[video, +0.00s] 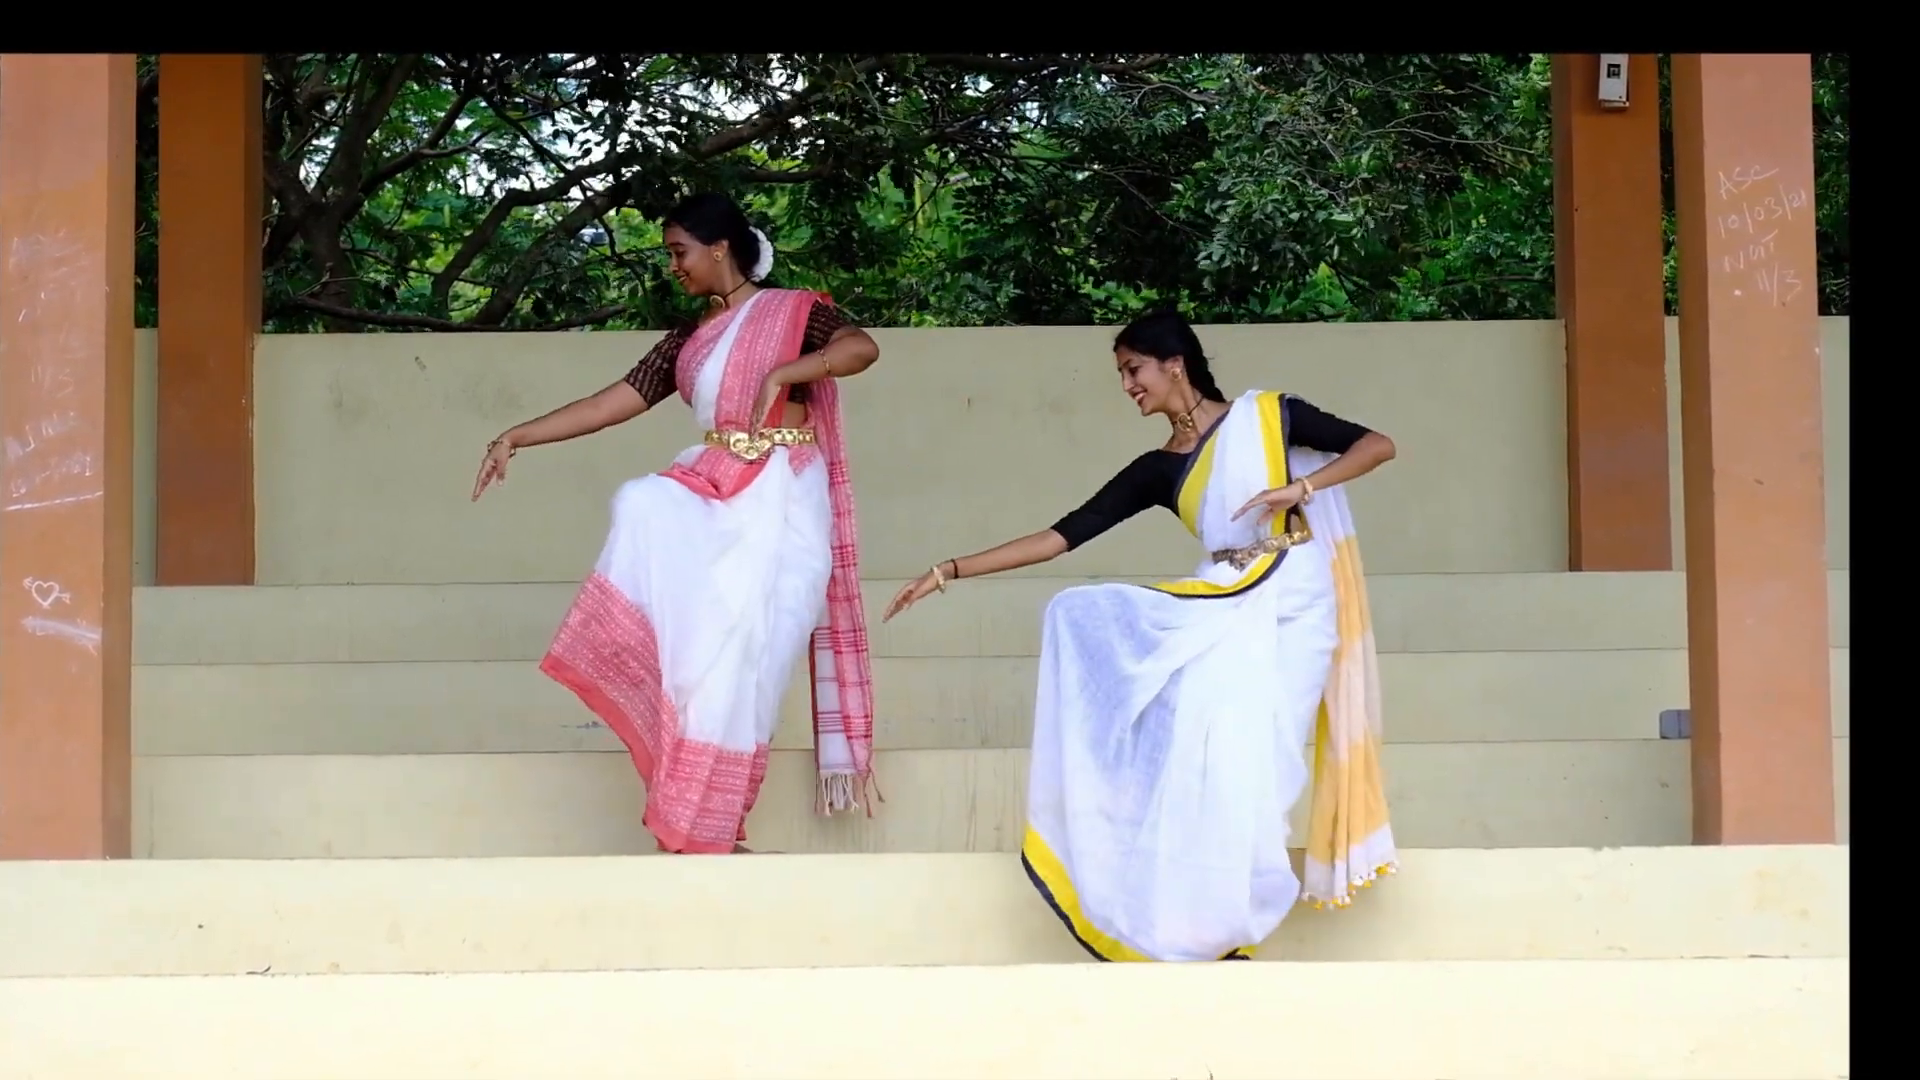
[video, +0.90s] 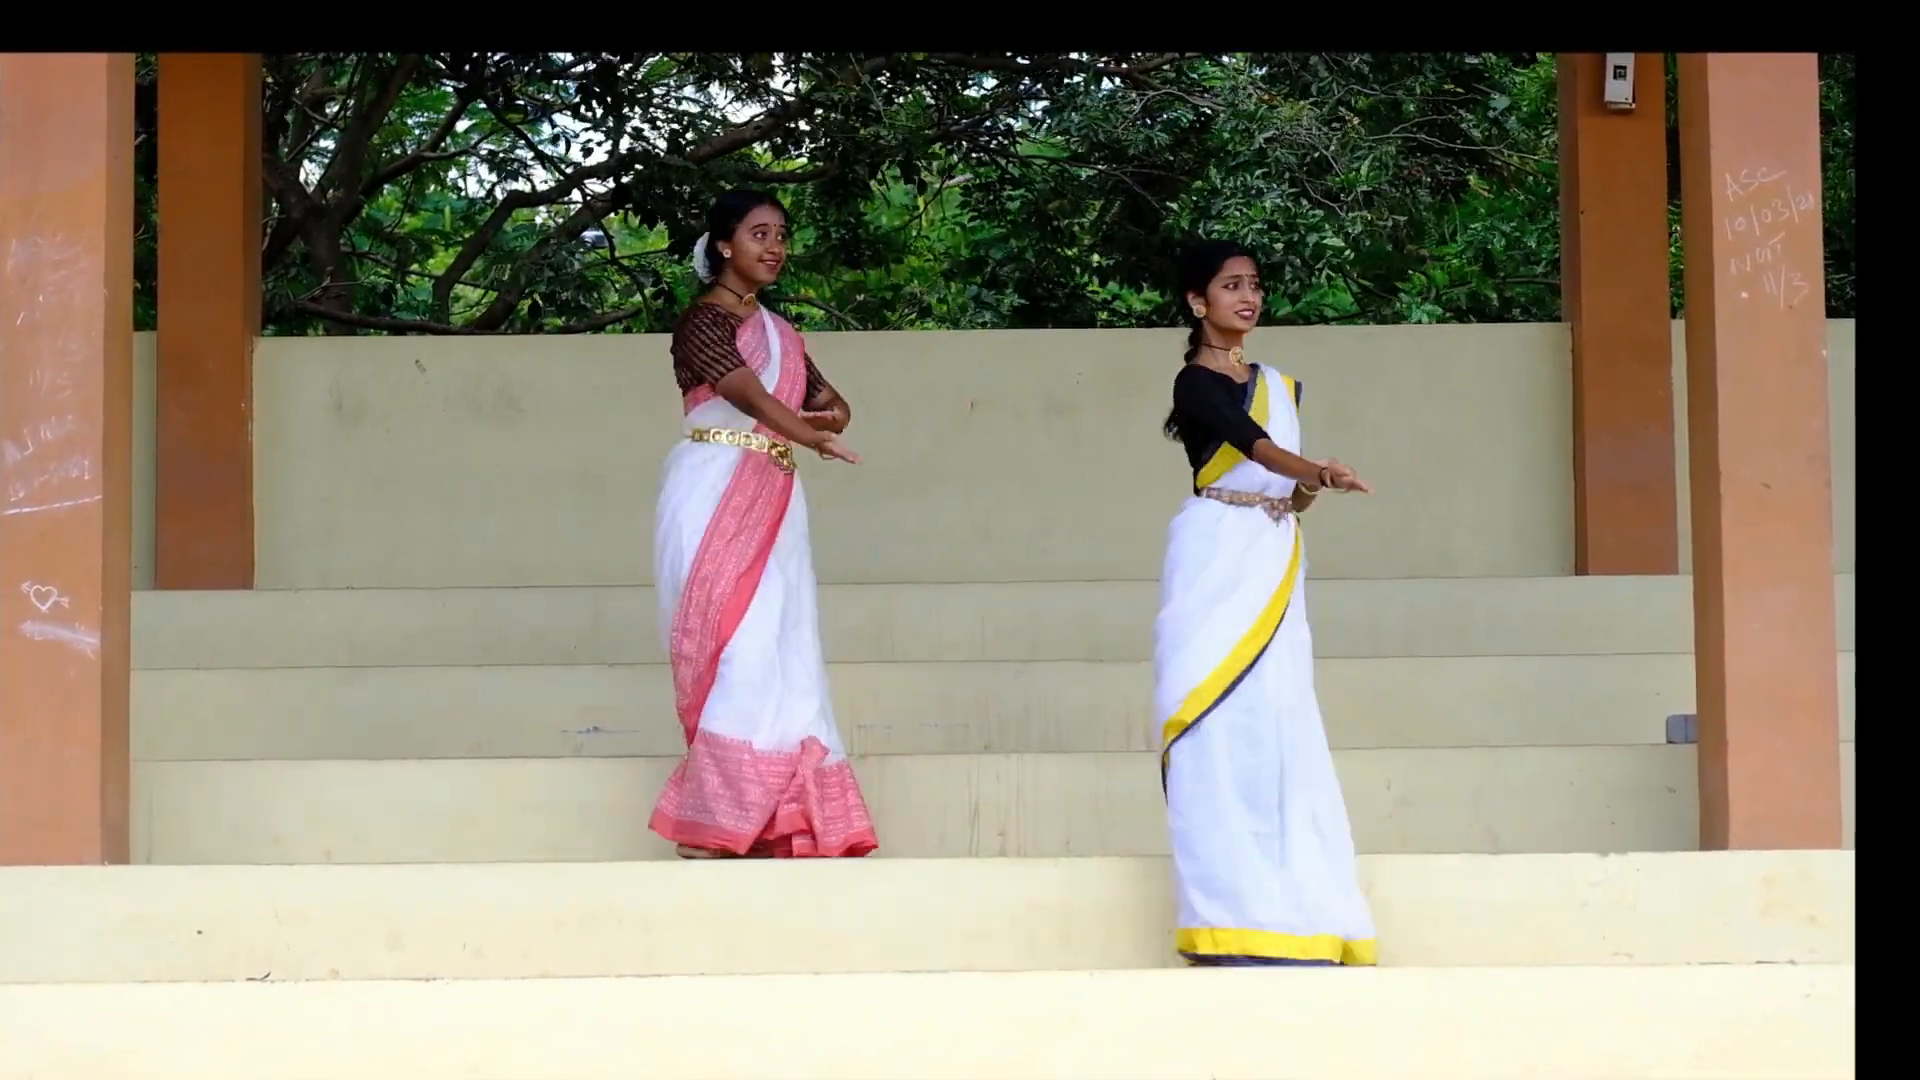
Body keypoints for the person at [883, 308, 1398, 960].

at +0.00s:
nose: (1128, 386)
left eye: (1135, 370)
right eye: (1122, 375)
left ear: (1177, 363)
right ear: (1143, 379)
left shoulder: (1267, 413)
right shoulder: (1160, 469)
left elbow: (1379, 446)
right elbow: (1057, 537)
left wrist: (1304, 488)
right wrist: (948, 570)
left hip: (1300, 590)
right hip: (1229, 602)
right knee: (1072, 609)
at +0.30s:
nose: (1130, 382)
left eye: (1137, 366)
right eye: (1125, 371)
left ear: (1179, 360)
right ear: (1153, 372)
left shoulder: (1271, 411)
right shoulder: (1161, 469)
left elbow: (1380, 451)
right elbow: (1083, 560)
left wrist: (1312, 500)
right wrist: (981, 610)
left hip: (1299, 597)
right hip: (1223, 604)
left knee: (1242, 735)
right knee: (1098, 672)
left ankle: (1228, 915)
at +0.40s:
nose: (1140, 372)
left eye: (1148, 356)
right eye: (1134, 361)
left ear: (1190, 349)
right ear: (1148, 364)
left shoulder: (1275, 407)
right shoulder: (1160, 457)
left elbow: (1375, 464)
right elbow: (1115, 562)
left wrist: (1317, 505)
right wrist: (1038, 628)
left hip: (1295, 590)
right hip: (1218, 596)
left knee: (1254, 736)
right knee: (1151, 727)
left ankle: (1236, 914)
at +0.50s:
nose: (1157, 351)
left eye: (1167, 334)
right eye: (1147, 339)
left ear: (1205, 332)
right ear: (1146, 346)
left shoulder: (1284, 402)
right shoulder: (1160, 440)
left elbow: (1364, 472)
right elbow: (1152, 542)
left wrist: (1317, 502)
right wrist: (1114, 621)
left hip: (1285, 593)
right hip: (1208, 596)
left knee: (1265, 751)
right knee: (1205, 753)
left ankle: (1249, 923)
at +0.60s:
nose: (1182, 325)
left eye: (1194, 310)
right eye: (1170, 315)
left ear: (1224, 319)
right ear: (1159, 331)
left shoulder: (1281, 395)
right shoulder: (1165, 419)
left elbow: (1346, 475)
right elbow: (1183, 509)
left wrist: (1309, 498)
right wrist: (1184, 591)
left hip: (1284, 582)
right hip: (1213, 586)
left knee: (1280, 739)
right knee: (1218, 742)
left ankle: (1261, 918)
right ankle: (1185, 914)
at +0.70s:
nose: (1214, 309)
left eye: (1223, 297)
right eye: (1198, 299)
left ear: (1239, 309)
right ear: (1175, 315)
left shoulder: (1278, 389)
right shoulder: (1176, 402)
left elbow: (1327, 479)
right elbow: (1207, 483)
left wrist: (1306, 487)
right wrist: (1238, 548)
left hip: (1276, 571)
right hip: (1210, 571)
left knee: (1282, 733)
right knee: (1219, 735)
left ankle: (1283, 910)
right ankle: (1217, 913)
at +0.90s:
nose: (1249, 297)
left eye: (1254, 286)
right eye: (1234, 286)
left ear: (1260, 299)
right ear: (1197, 301)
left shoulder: (1275, 385)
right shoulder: (1196, 383)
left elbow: (1280, 492)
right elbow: (1251, 442)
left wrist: (1302, 491)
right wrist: (1314, 469)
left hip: (1274, 567)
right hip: (1214, 562)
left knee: (1281, 727)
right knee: (1216, 731)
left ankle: (1300, 908)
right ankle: (1230, 911)